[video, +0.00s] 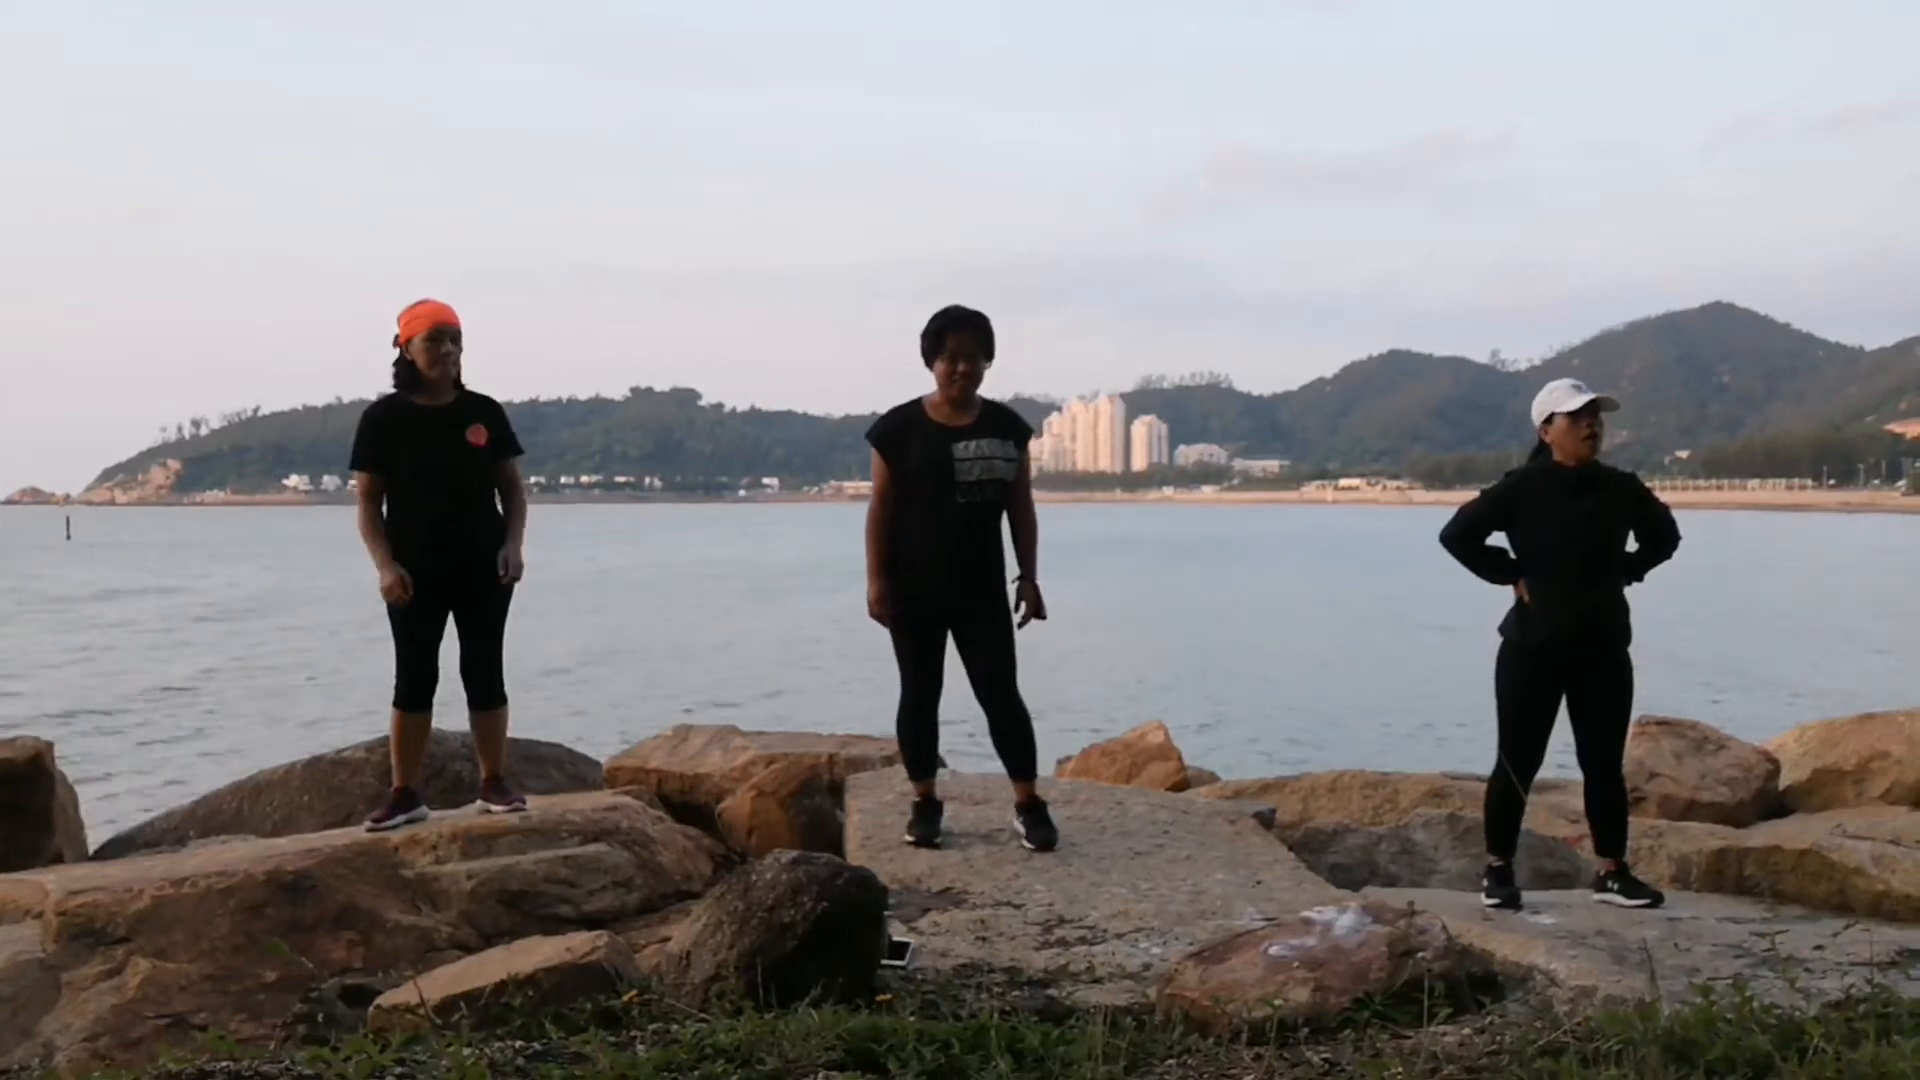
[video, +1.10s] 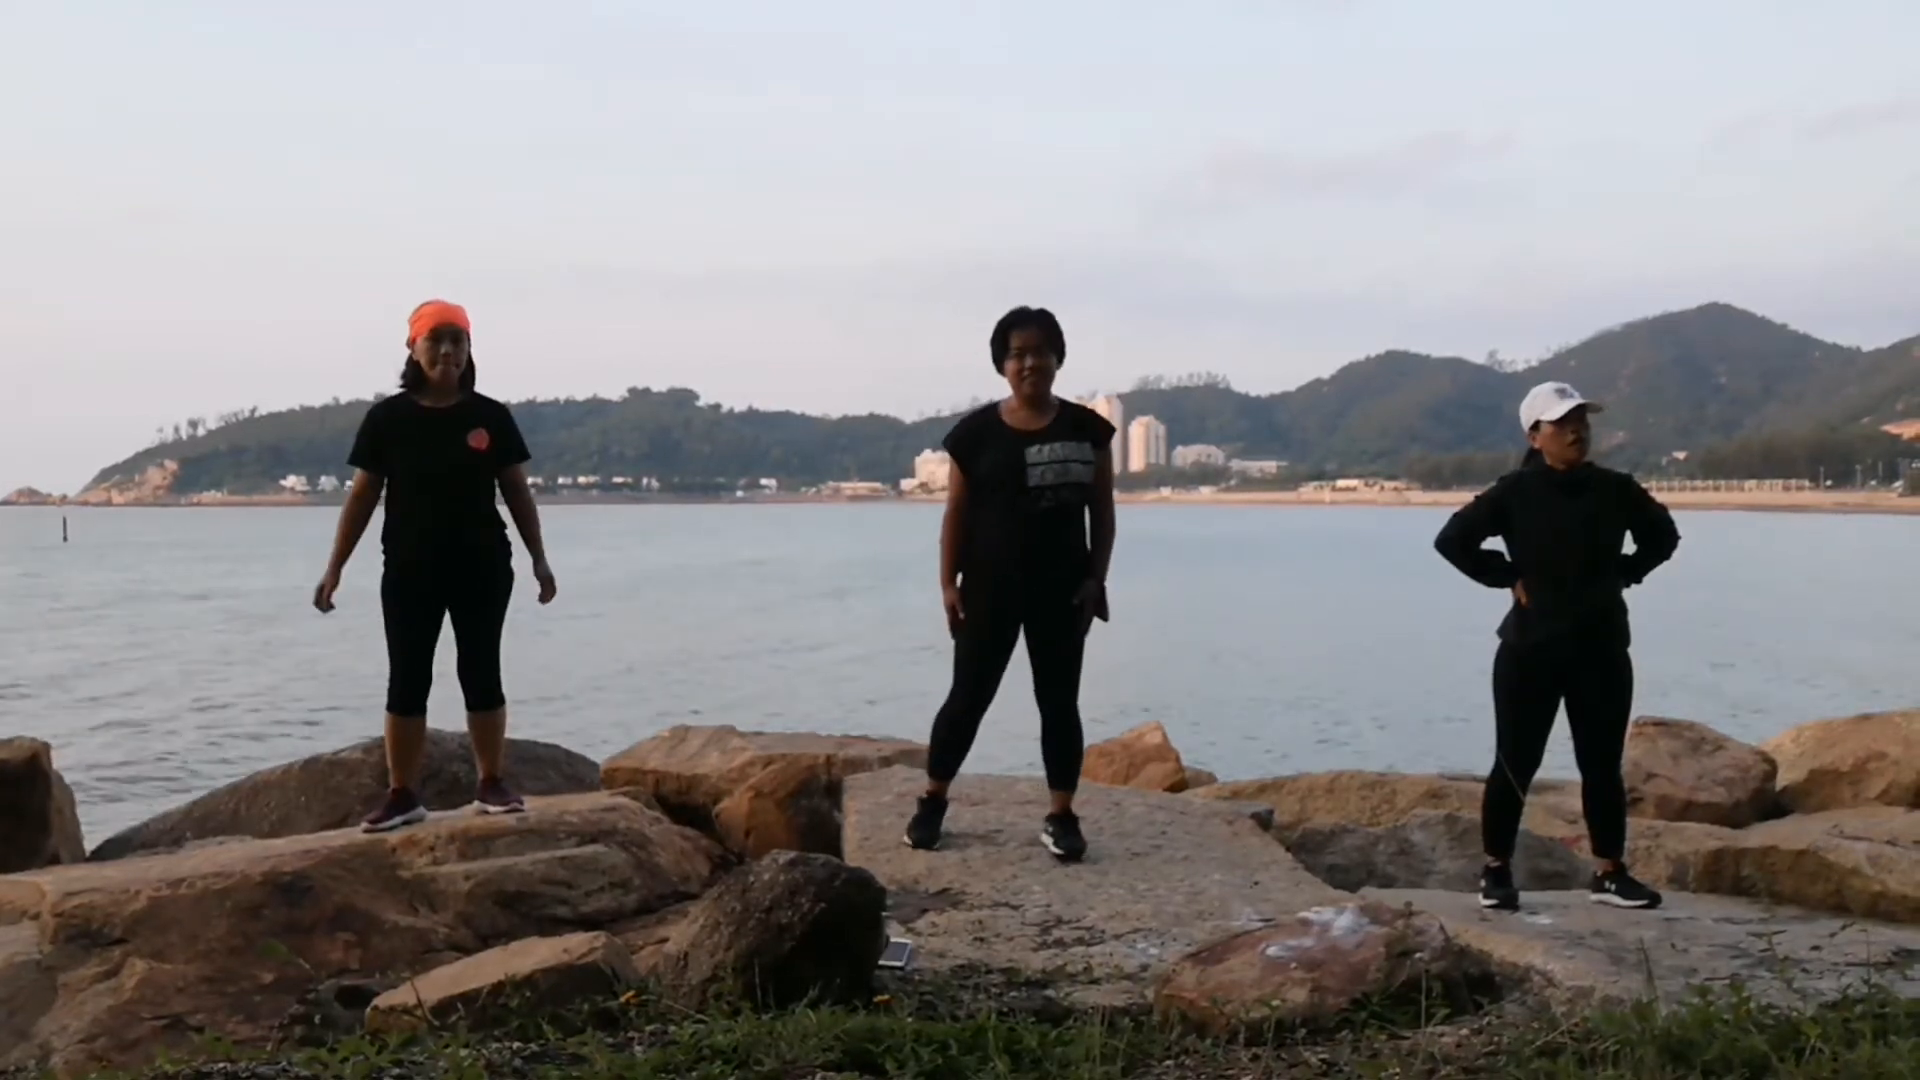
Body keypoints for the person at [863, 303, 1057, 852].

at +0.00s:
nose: (962, 369)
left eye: (973, 360)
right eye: (951, 359)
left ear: (986, 364)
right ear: (931, 361)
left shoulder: (1007, 427)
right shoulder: (897, 429)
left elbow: (1021, 506)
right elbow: (880, 509)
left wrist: (1028, 576)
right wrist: (875, 579)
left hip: (981, 586)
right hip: (914, 588)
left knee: (1002, 697)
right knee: (918, 697)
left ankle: (1029, 802)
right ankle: (924, 802)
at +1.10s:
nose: (1031, 364)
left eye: (1041, 353)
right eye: (1019, 354)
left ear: (1058, 359)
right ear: (1002, 363)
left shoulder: (1087, 431)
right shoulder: (974, 434)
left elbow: (1103, 514)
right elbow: (955, 515)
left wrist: (1098, 580)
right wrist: (947, 584)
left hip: (1060, 591)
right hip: (991, 590)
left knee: (1060, 705)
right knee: (967, 699)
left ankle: (1062, 813)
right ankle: (933, 802)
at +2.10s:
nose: (964, 366)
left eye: (976, 357)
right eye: (954, 356)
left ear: (991, 366)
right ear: (936, 362)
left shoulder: (1012, 433)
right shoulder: (901, 431)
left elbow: (1020, 517)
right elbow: (878, 510)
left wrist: (1017, 585)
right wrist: (865, 579)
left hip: (979, 590)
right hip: (911, 589)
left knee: (1010, 701)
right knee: (911, 698)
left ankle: (1045, 808)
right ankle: (908, 804)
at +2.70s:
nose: (1011, 360)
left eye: (1019, 351)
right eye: (999, 353)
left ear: (1032, 362)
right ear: (976, 368)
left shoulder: (1064, 431)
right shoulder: (953, 443)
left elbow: (1088, 507)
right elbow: (940, 526)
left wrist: (1099, 572)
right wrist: (932, 596)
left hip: (1050, 592)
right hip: (980, 593)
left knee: (1054, 705)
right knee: (947, 703)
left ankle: (1059, 816)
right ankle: (912, 802)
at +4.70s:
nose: (1015, 366)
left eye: (1026, 356)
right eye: (1004, 357)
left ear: (1044, 362)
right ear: (990, 366)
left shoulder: (1077, 434)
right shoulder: (964, 436)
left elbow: (1096, 513)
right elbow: (945, 516)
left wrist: (1110, 583)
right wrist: (937, 586)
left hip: (1046, 594)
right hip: (975, 592)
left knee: (1047, 705)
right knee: (949, 699)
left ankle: (1050, 815)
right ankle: (918, 809)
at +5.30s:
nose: (964, 368)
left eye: (976, 358)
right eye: (954, 359)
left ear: (997, 367)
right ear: (940, 368)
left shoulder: (1025, 438)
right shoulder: (912, 437)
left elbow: (1035, 521)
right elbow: (890, 516)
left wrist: (1036, 589)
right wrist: (881, 585)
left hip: (989, 596)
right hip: (921, 596)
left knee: (1013, 709)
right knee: (919, 708)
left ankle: (1044, 814)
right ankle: (911, 811)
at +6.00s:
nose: (979, 369)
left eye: (990, 358)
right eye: (968, 361)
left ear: (1015, 363)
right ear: (958, 372)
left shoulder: (1053, 433)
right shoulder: (940, 443)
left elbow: (1076, 511)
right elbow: (924, 527)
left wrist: (1079, 577)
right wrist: (921, 598)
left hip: (1031, 598)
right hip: (959, 600)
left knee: (1039, 713)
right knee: (940, 710)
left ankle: (1051, 824)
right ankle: (914, 812)